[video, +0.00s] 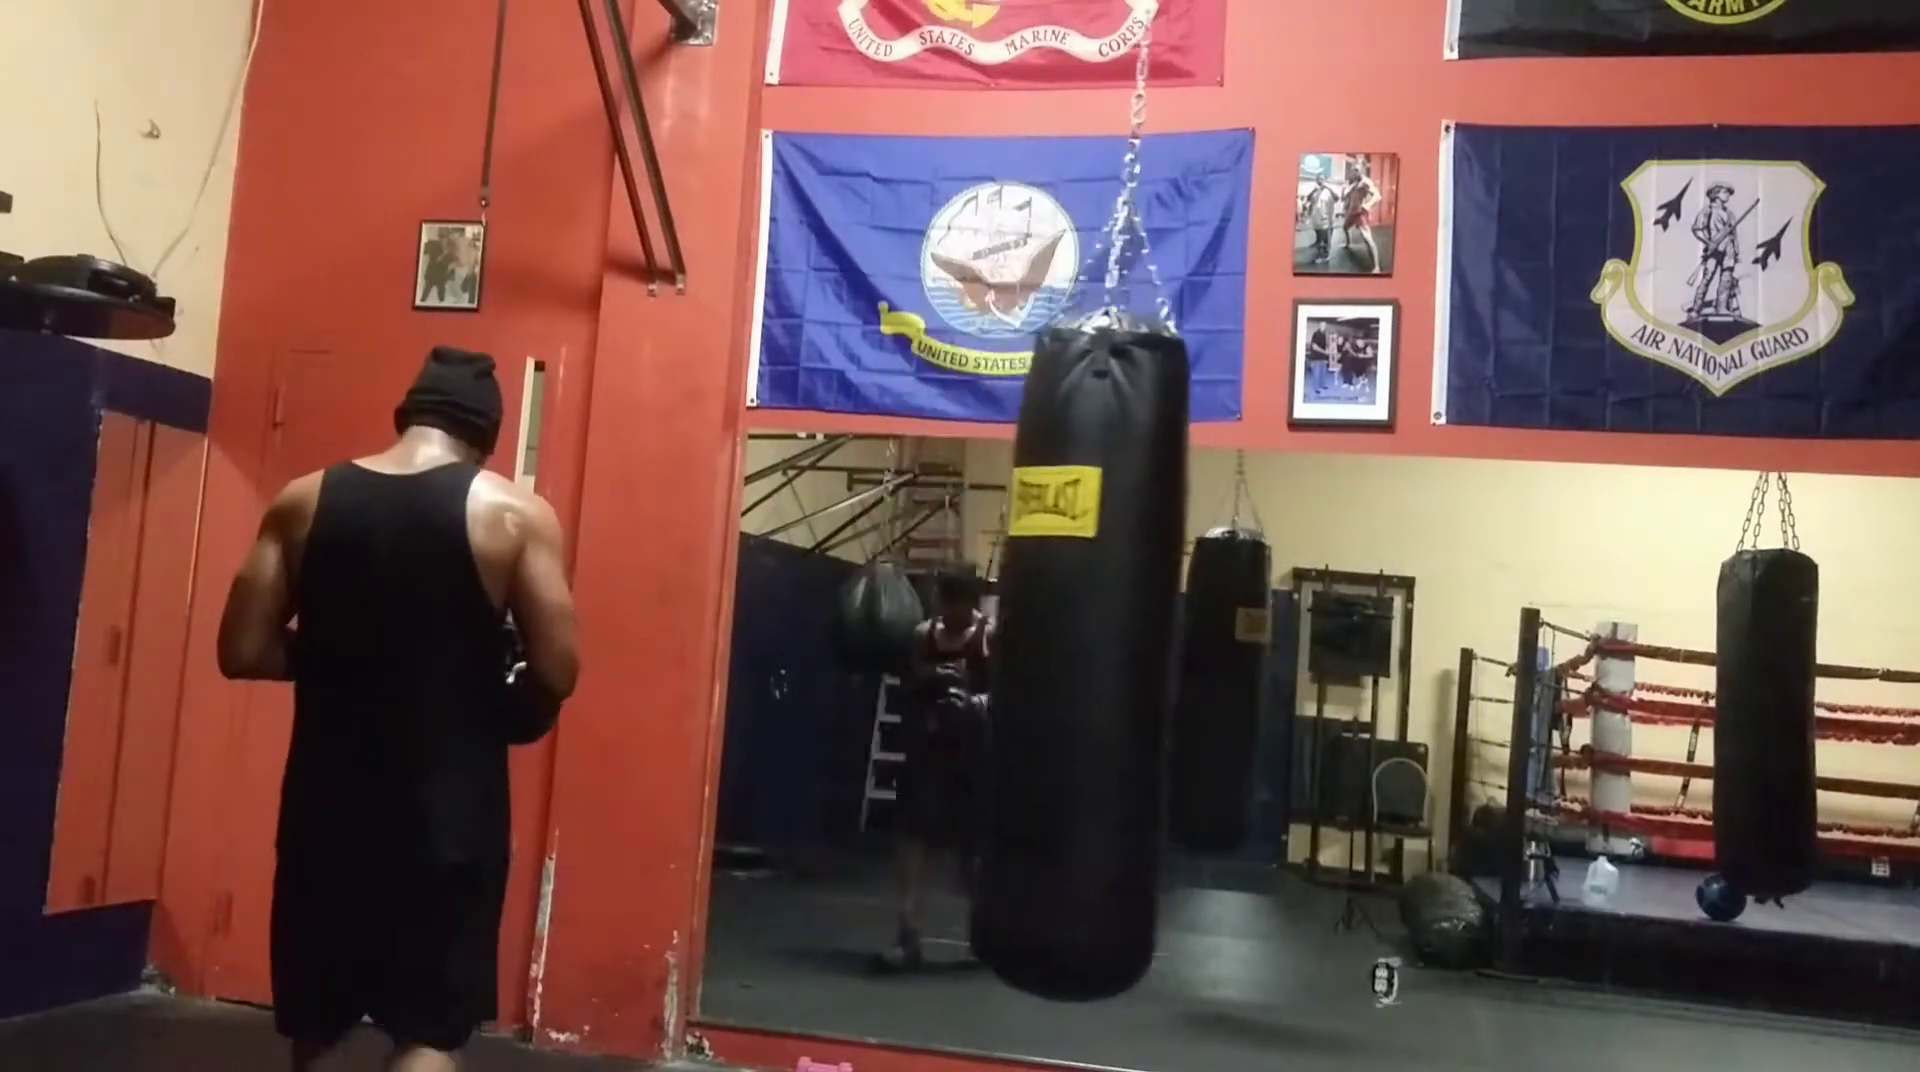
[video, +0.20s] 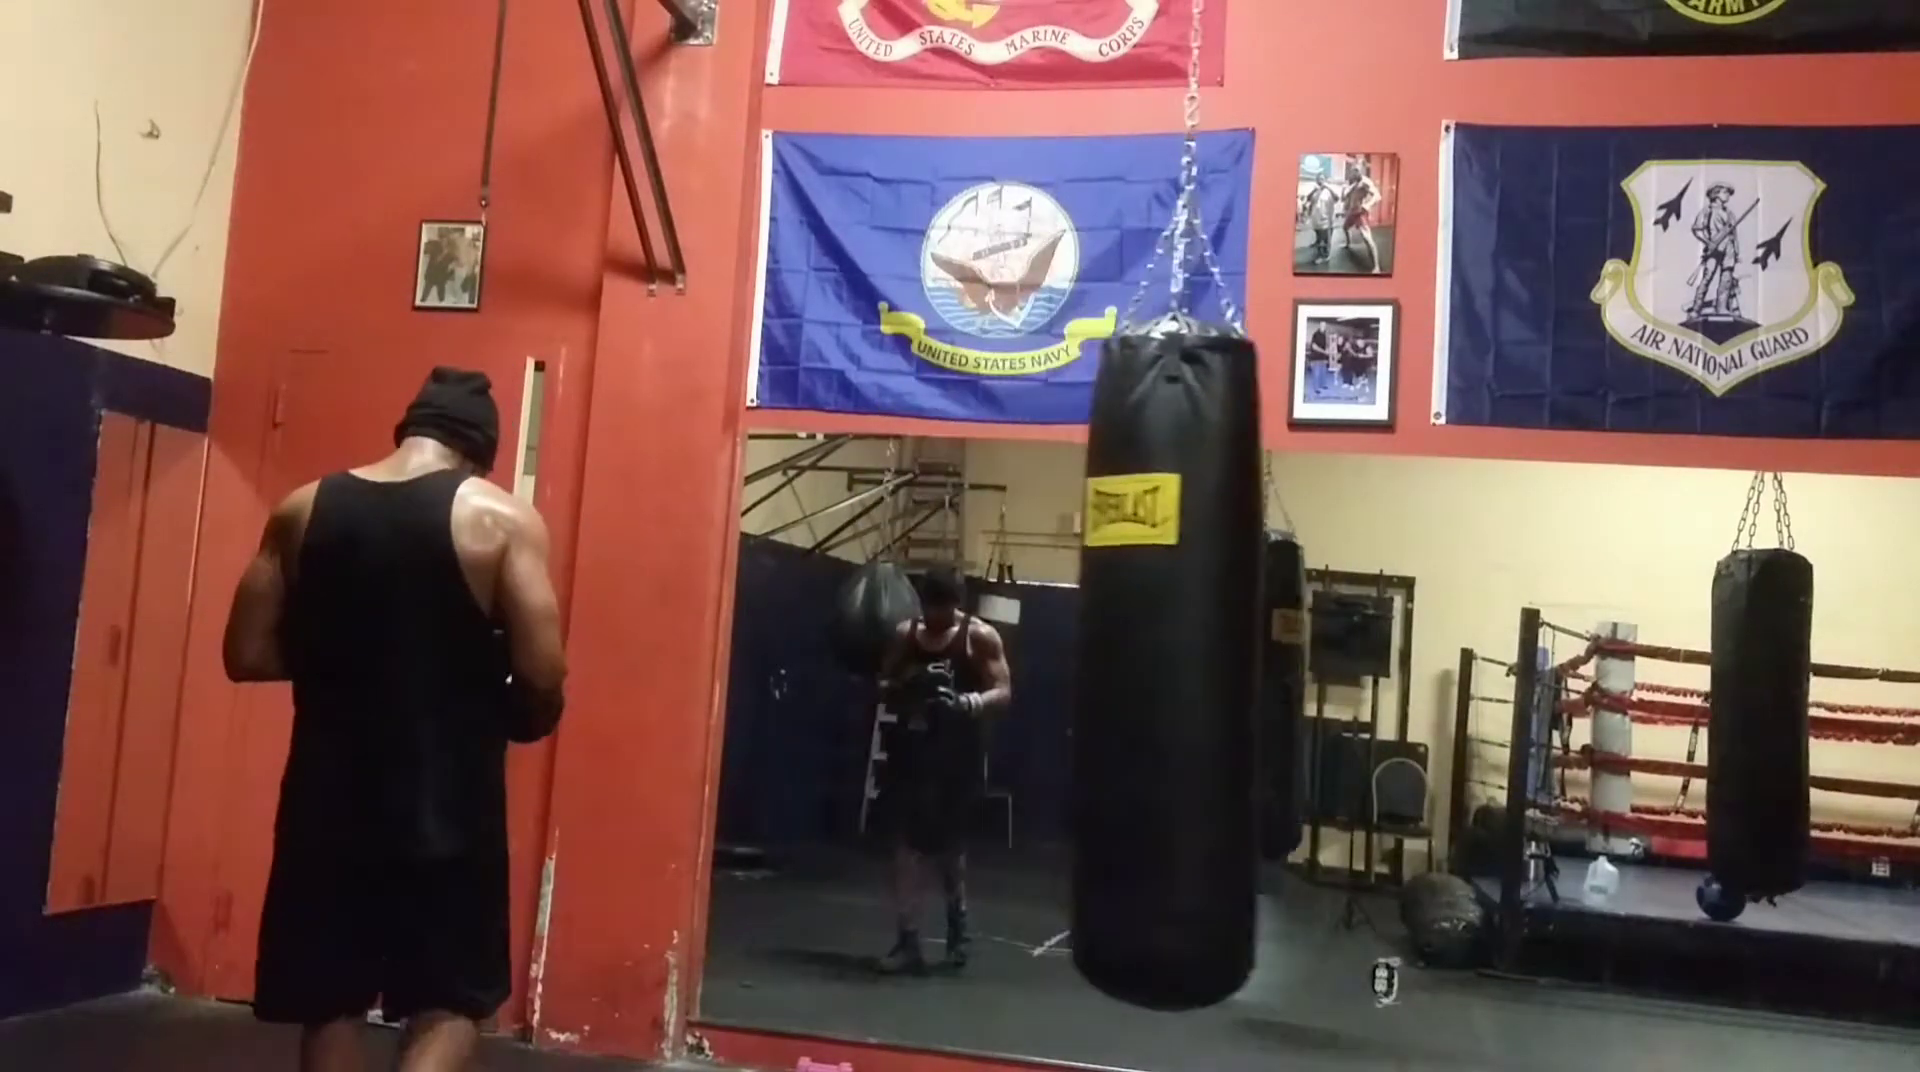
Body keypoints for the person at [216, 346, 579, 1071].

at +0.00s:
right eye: (486, 434)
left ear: (404, 418)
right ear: (488, 437)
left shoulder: (307, 499)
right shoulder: (517, 516)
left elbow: (243, 652)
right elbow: (556, 671)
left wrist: (344, 653)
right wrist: (510, 712)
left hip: (324, 813)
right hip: (449, 824)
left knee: (315, 1030)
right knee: (430, 1032)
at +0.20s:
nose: (485, 462)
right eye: (486, 451)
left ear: (404, 431)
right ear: (483, 450)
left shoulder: (305, 508)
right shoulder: (504, 520)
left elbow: (248, 655)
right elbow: (542, 673)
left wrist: (347, 649)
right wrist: (521, 718)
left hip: (326, 804)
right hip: (445, 812)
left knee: (331, 1010)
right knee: (449, 1010)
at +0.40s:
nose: (499, 471)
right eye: (501, 461)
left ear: (423, 432)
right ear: (496, 455)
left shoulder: (316, 504)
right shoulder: (499, 518)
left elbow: (264, 649)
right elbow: (538, 676)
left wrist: (361, 639)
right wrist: (557, 695)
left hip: (330, 788)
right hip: (447, 796)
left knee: (331, 997)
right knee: (460, 985)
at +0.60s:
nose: (511, 487)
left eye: (514, 474)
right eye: (515, 474)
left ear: (440, 435)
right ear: (508, 461)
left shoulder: (332, 501)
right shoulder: (505, 517)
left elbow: (287, 645)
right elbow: (549, 671)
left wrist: (373, 610)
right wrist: (583, 664)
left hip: (336, 793)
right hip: (451, 800)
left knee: (332, 1006)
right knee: (463, 1001)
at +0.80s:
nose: (531, 495)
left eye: (533, 483)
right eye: (534, 483)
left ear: (460, 445)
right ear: (530, 471)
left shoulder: (355, 509)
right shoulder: (526, 528)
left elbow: (308, 645)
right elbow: (566, 682)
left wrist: (392, 624)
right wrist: (598, 674)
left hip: (355, 805)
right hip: (469, 811)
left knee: (350, 1008)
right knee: (472, 1012)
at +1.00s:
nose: (559, 503)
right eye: (561, 492)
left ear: (490, 455)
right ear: (557, 482)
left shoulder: (381, 518)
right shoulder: (550, 541)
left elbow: (333, 653)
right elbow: (582, 694)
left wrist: (417, 635)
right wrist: (612, 686)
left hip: (381, 806)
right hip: (492, 816)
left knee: (362, 1014)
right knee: (489, 1019)